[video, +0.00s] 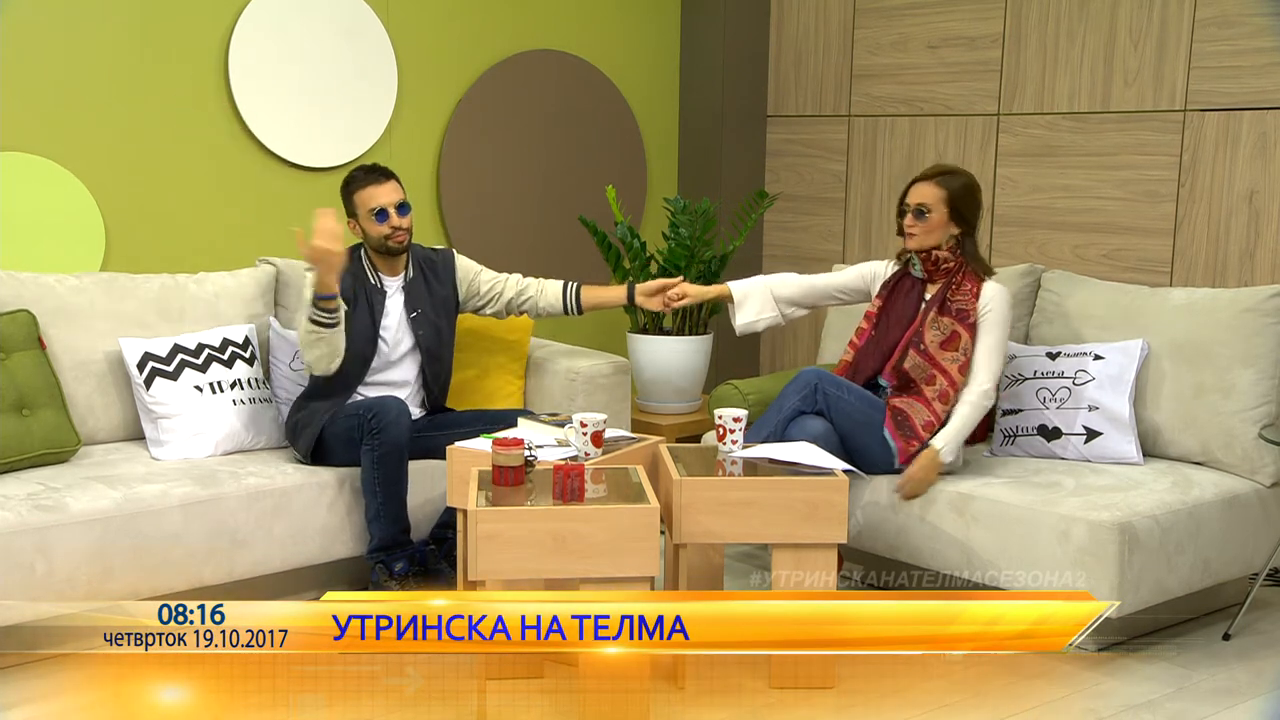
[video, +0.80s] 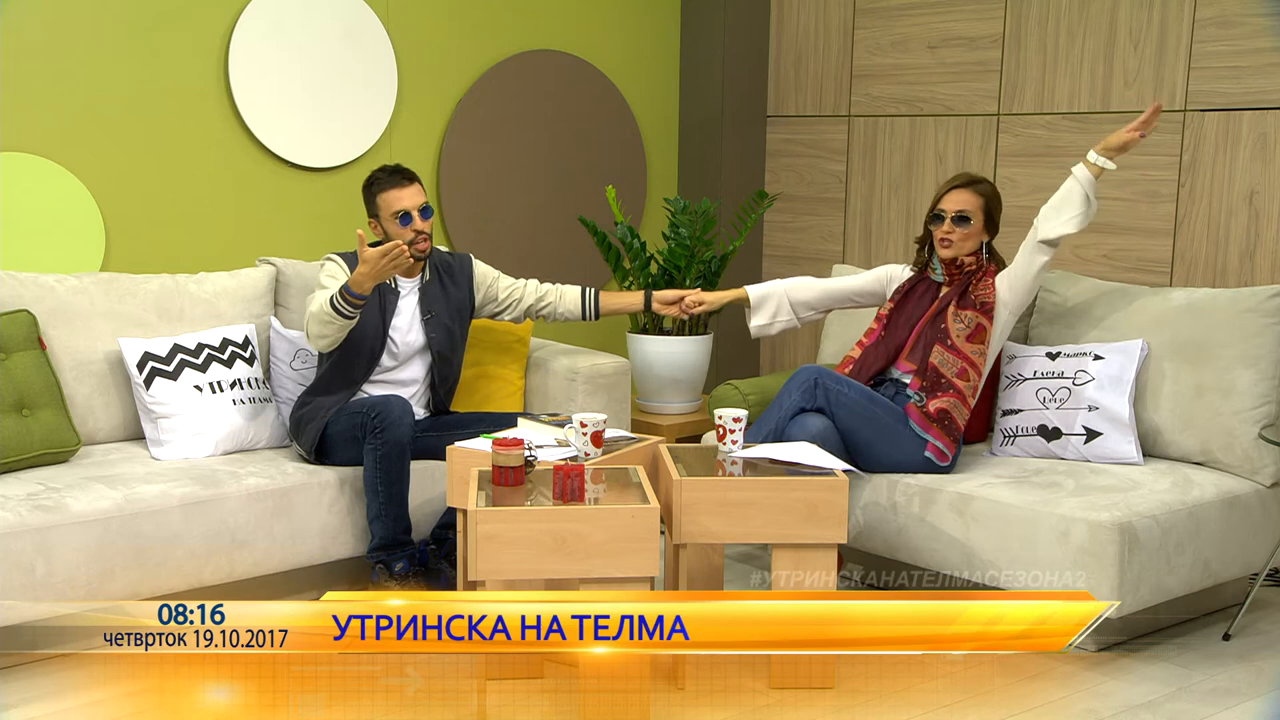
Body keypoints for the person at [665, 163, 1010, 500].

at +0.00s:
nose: (908, 221)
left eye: (922, 213)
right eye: (906, 212)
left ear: (957, 225)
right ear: (902, 215)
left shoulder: (987, 296)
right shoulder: (889, 274)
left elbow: (982, 387)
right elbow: (806, 287)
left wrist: (936, 453)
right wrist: (714, 291)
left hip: (914, 436)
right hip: (859, 420)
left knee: (812, 381)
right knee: (809, 431)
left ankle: (729, 470)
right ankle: (809, 570)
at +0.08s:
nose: (917, 223)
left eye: (933, 214)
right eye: (914, 213)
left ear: (964, 227)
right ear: (907, 219)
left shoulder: (989, 295)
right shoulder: (890, 276)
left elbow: (1002, 372)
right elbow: (807, 290)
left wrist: (971, 429)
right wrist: (714, 295)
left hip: (922, 436)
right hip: (864, 421)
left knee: (813, 380)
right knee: (809, 431)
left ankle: (734, 468)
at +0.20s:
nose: (927, 223)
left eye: (943, 216)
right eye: (922, 213)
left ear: (972, 227)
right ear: (914, 219)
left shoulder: (991, 294)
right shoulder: (897, 279)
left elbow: (1032, 316)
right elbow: (811, 295)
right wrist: (716, 302)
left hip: (926, 440)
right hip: (868, 423)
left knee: (812, 380)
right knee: (809, 429)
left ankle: (732, 475)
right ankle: (804, 571)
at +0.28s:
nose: (934, 223)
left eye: (949, 216)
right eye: (928, 214)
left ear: (976, 229)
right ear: (918, 222)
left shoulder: (994, 292)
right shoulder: (896, 282)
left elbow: (1044, 276)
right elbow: (810, 294)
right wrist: (718, 303)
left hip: (924, 440)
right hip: (865, 422)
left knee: (812, 381)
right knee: (810, 432)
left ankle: (734, 472)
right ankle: (802, 570)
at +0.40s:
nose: (939, 226)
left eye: (954, 217)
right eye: (933, 216)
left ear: (981, 229)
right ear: (923, 224)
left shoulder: (996, 293)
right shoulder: (900, 280)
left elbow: (1040, 241)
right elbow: (816, 292)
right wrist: (723, 300)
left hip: (923, 436)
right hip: (865, 418)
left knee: (812, 380)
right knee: (800, 430)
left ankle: (739, 459)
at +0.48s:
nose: (941, 225)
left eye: (956, 217)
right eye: (934, 215)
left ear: (983, 228)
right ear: (925, 222)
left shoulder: (998, 291)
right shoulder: (901, 280)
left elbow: (1039, 232)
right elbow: (816, 296)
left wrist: (1090, 150)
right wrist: (724, 300)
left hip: (924, 433)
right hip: (863, 415)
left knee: (812, 381)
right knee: (805, 438)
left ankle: (741, 458)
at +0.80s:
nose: (947, 229)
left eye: (962, 220)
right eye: (940, 219)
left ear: (988, 231)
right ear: (930, 226)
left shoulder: (1001, 294)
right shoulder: (905, 280)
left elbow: (1045, 237)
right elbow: (820, 290)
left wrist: (1100, 157)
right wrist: (725, 297)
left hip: (925, 433)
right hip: (866, 415)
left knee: (813, 380)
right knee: (807, 434)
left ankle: (731, 469)